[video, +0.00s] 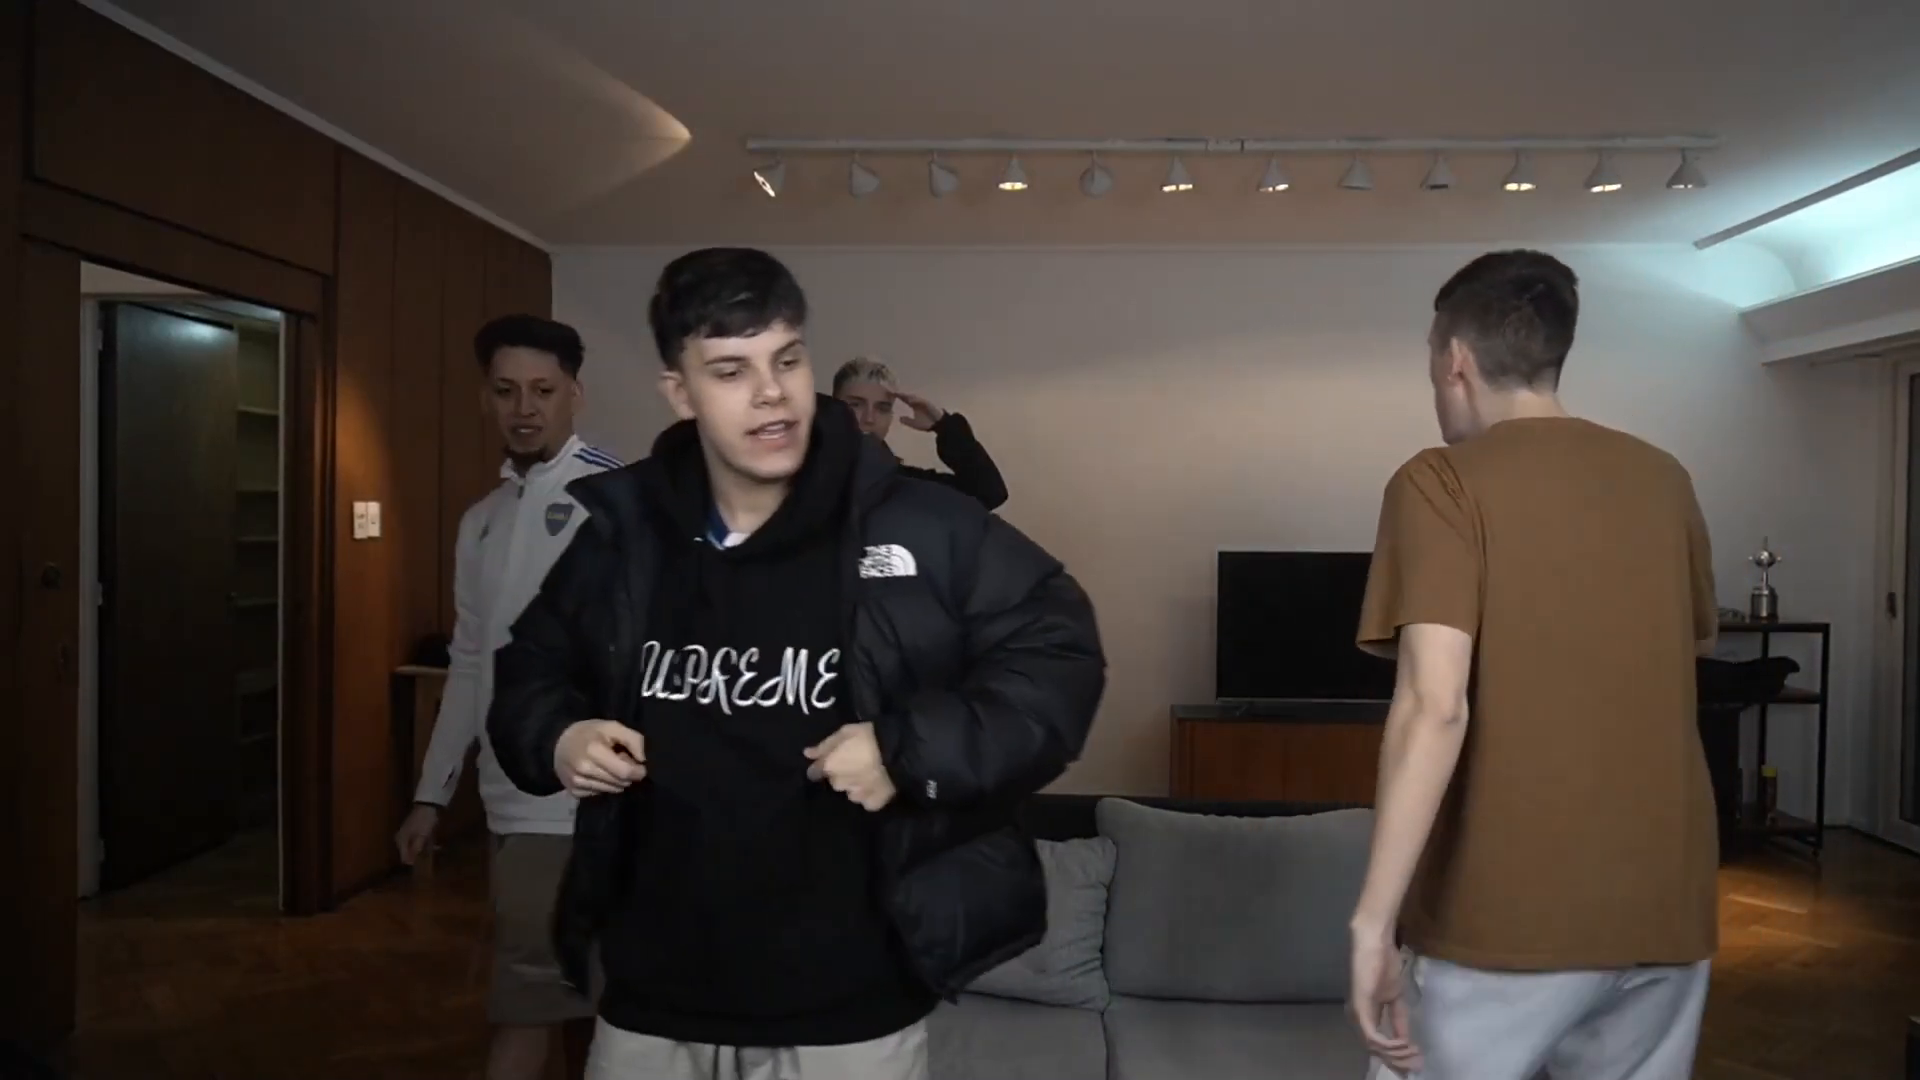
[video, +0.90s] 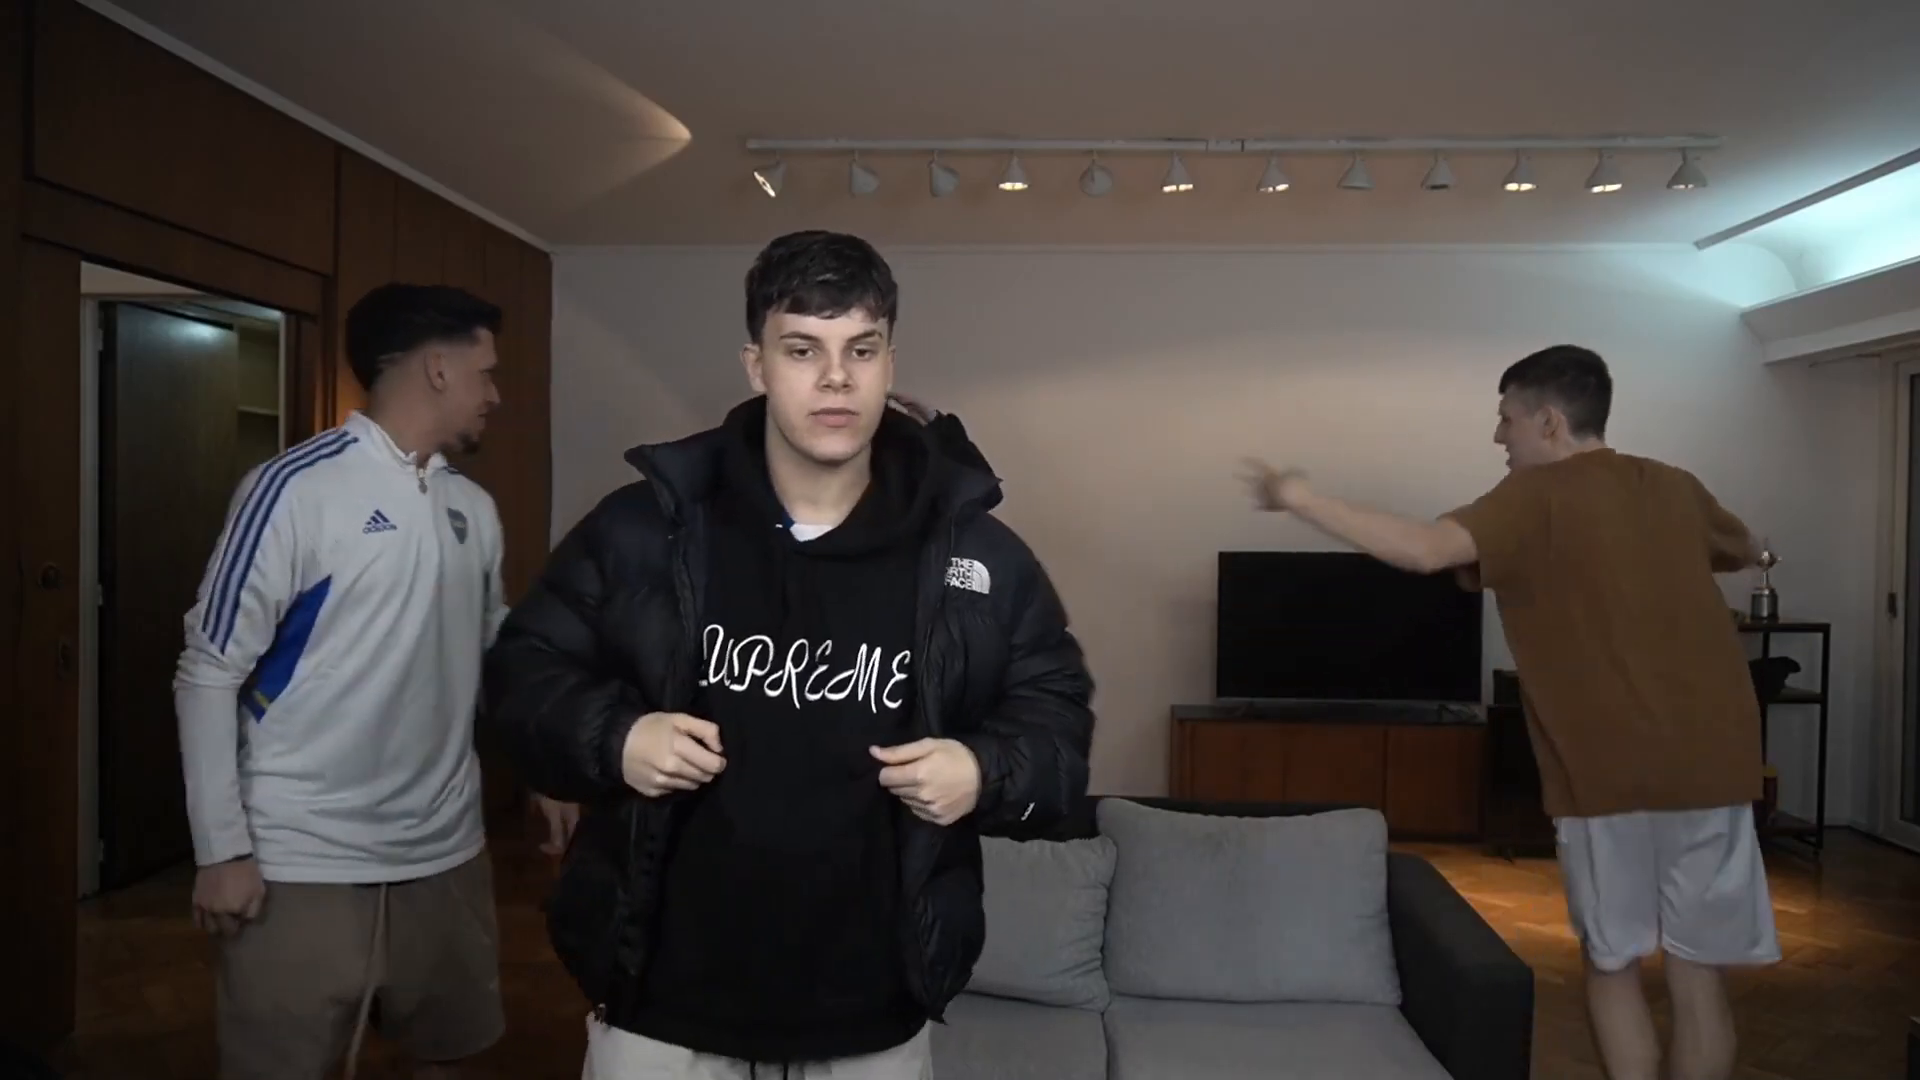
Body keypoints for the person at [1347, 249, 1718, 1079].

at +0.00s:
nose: (1435, 390)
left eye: (1434, 366)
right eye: (1436, 365)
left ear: (1456, 364)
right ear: (1555, 358)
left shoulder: (1445, 479)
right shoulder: (1664, 477)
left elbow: (1433, 708)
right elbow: (1691, 650)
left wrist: (1373, 921)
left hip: (1501, 932)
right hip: (1669, 927)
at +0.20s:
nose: (1460, 430)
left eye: (1460, 407)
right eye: (1459, 407)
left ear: (1485, 408)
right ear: (1573, 401)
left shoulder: (1471, 509)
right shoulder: (1678, 498)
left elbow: (1443, 682)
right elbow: (1707, 602)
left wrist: (1361, 864)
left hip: (1528, 915)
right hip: (1687, 909)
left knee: (1490, 1067)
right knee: (1661, 1068)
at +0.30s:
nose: (1458, 424)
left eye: (1456, 402)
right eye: (1454, 403)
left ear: (1486, 400)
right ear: (1563, 388)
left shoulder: (1481, 497)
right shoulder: (1670, 478)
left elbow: (1425, 651)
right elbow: (1709, 555)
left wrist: (1303, 790)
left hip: (1537, 865)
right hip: (1682, 865)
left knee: (1526, 1065)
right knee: (1658, 1070)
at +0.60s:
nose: (1455, 456)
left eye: (1455, 435)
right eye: (1451, 437)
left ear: (1494, 428)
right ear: (1550, 415)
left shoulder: (1497, 519)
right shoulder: (1667, 481)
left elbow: (1386, 647)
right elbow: (1758, 565)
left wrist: (1252, 724)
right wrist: (1677, 622)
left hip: (1588, 811)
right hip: (1723, 796)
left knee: (1571, 1031)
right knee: (1679, 992)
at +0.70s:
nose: (1470, 449)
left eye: (1471, 430)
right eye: (1466, 431)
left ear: (1511, 422)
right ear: (1556, 414)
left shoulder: (1506, 505)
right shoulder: (1673, 476)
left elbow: (1390, 599)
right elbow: (1777, 549)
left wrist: (1238, 651)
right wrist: (1691, 600)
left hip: (1606, 790)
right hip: (1728, 773)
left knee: (1598, 1010)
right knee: (1696, 978)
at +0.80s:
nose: (1491, 449)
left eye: (1494, 430)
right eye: (1489, 431)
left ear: (1537, 424)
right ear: (1578, 421)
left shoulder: (1519, 504)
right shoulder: (1681, 485)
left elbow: (1401, 574)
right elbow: (1770, 554)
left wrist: (1246, 560)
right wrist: (1689, 572)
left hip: (1613, 793)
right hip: (1725, 778)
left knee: (1621, 995)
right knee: (1699, 979)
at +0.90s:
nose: (1498, 437)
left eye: (1506, 421)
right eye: (1500, 421)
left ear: (1552, 421)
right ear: (1588, 421)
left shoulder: (1530, 497)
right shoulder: (1674, 487)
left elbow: (1427, 549)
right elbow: (1748, 552)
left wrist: (1300, 497)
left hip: (1604, 779)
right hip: (1716, 770)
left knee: (1611, 968)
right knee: (1699, 967)